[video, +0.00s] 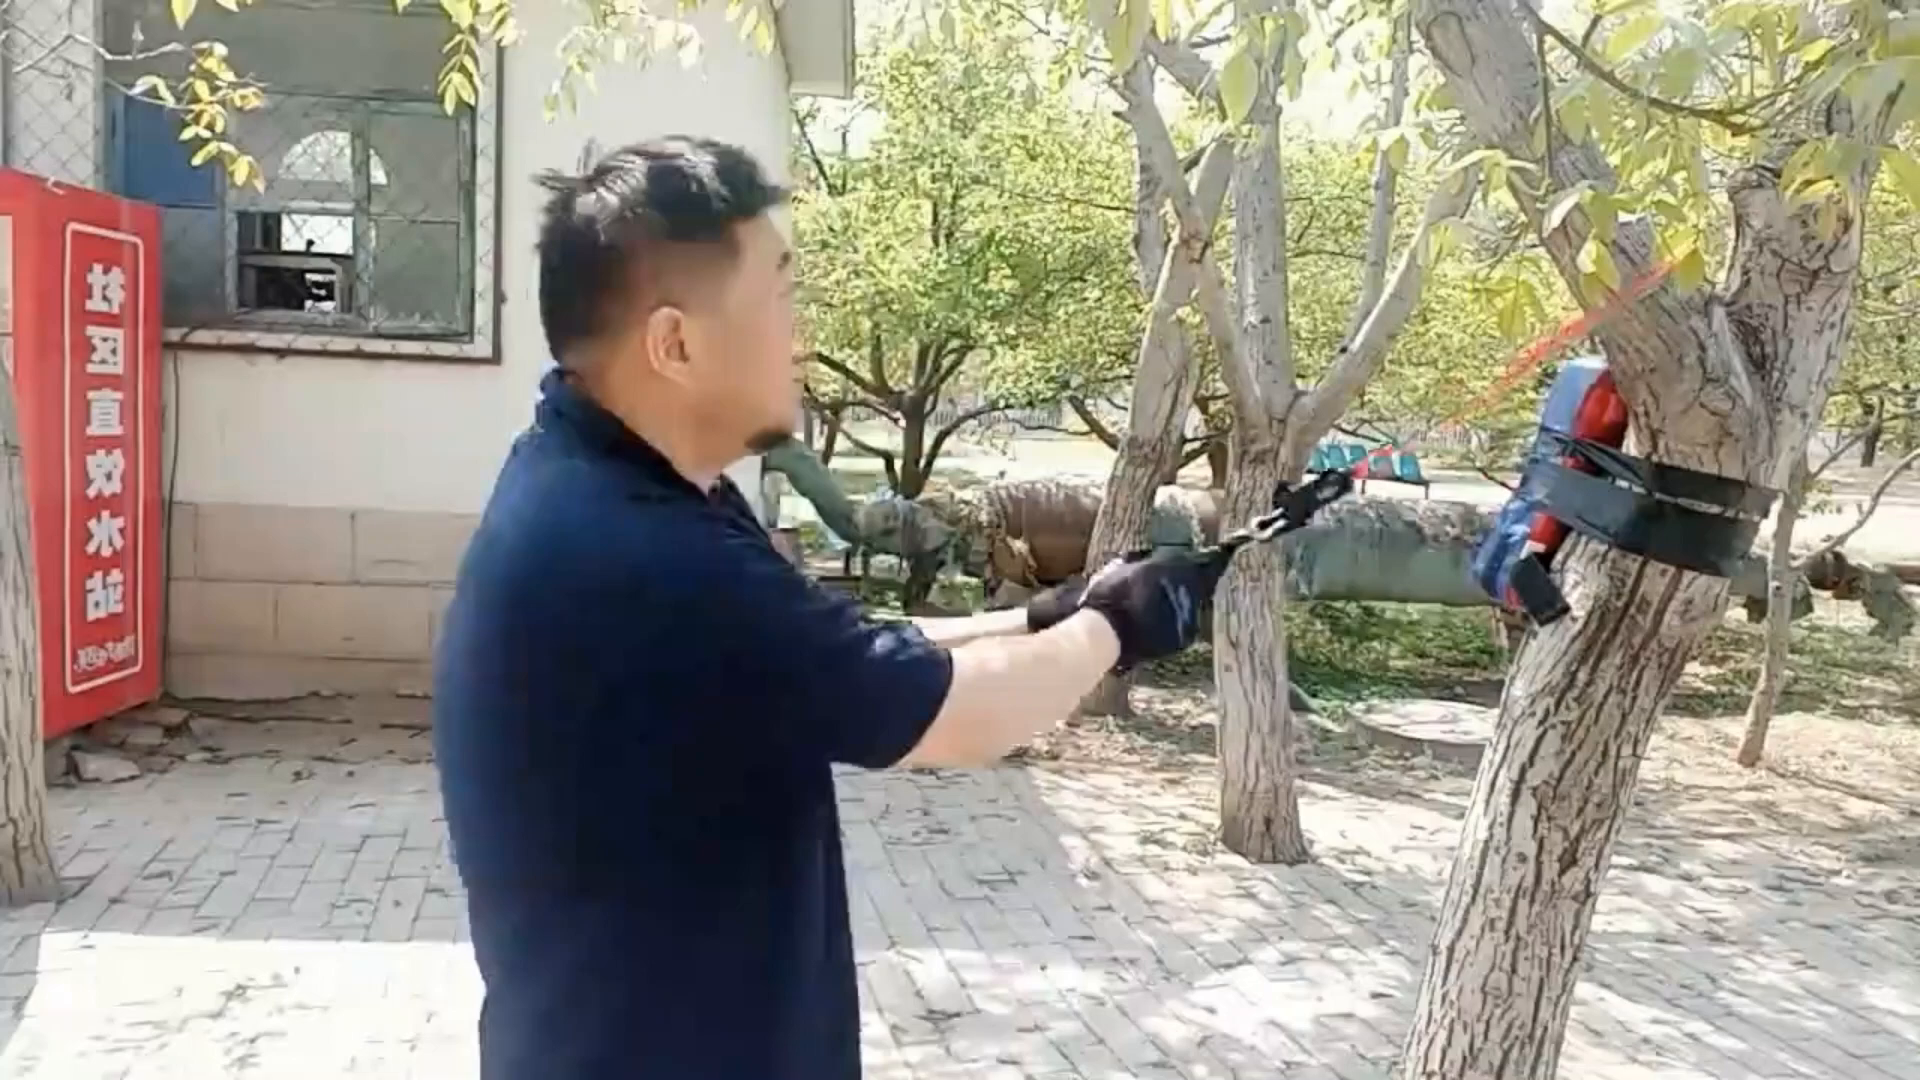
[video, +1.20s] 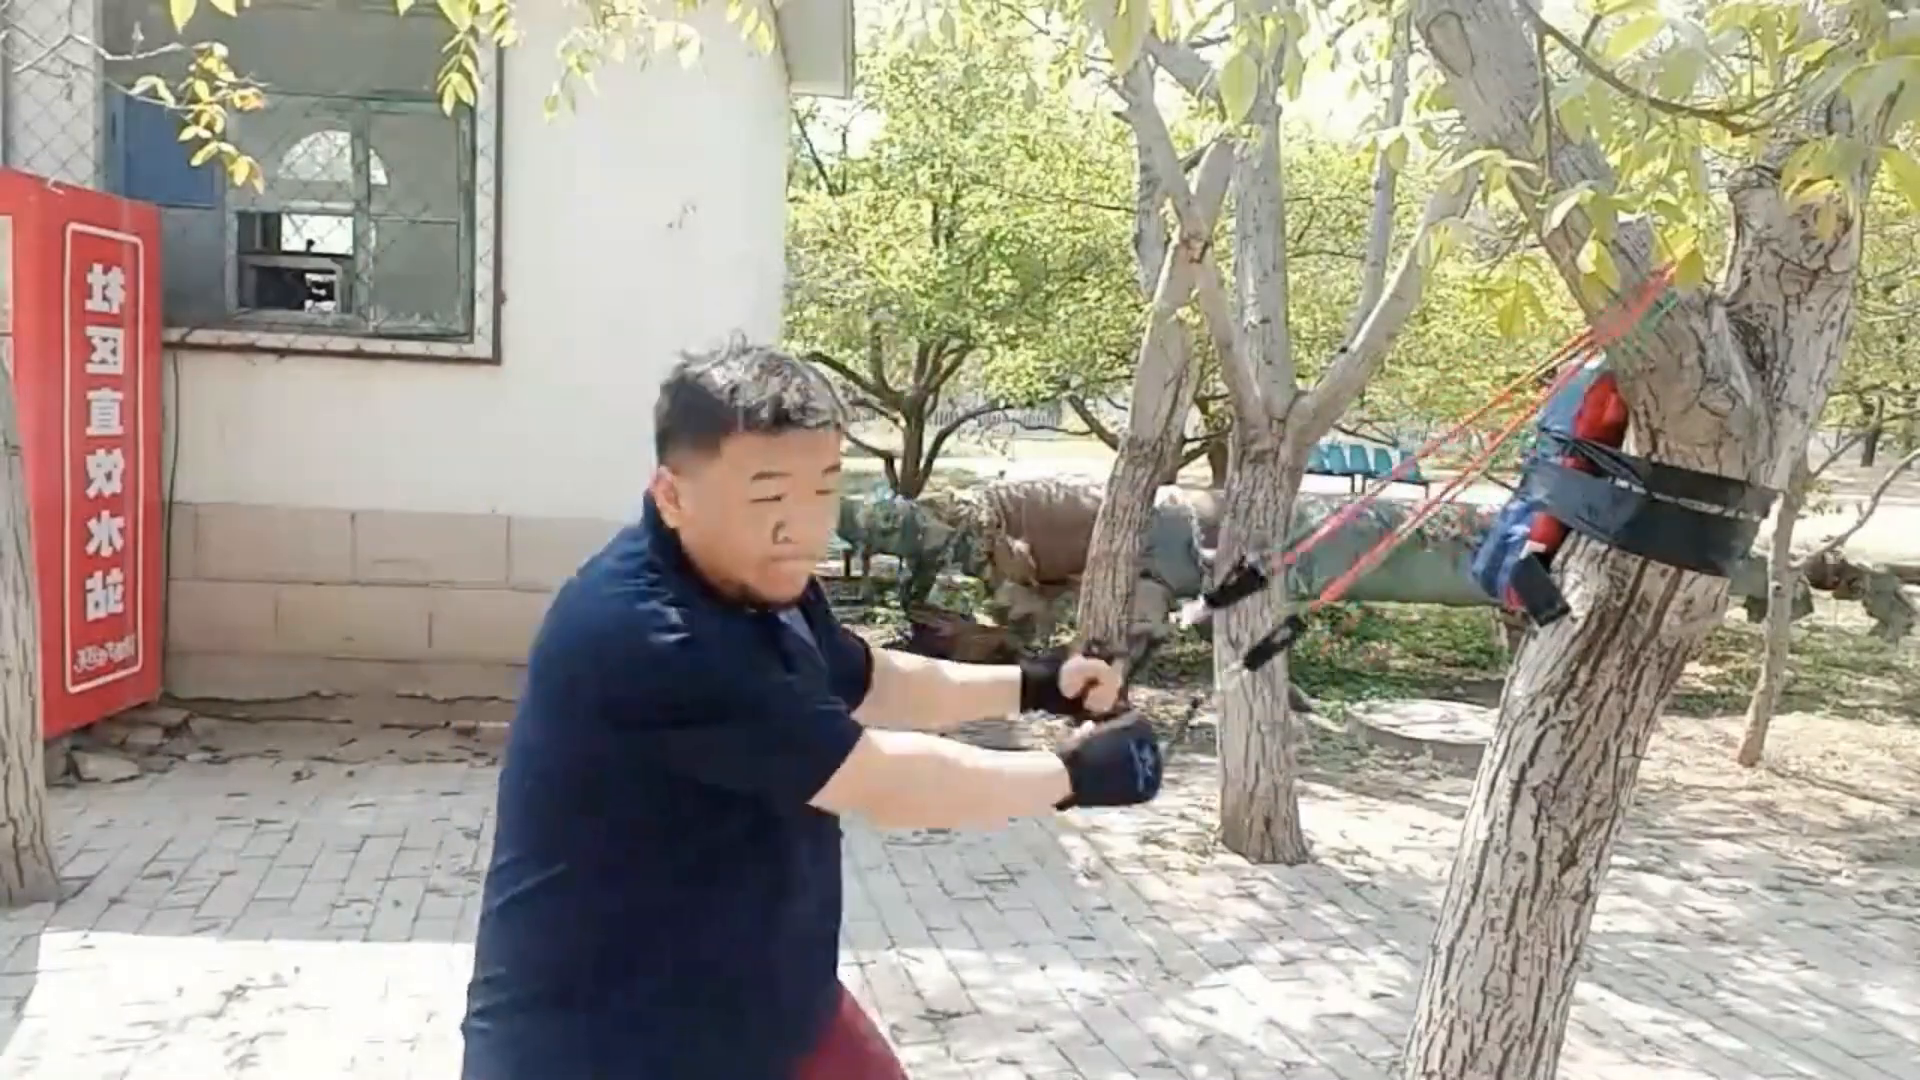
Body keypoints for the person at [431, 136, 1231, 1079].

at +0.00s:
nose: (801, 327)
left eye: (789, 291)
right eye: (780, 294)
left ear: (669, 347)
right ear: (675, 343)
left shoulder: (614, 496)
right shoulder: (651, 566)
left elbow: (849, 657)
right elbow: (951, 721)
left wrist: (1064, 621)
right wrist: (1112, 631)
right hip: (678, 1062)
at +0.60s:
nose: (875, 350)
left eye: (864, 320)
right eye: (855, 322)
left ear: (766, 352)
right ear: (777, 354)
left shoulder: (686, 471)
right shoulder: (764, 516)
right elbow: (1007, 636)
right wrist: (1210, 643)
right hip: (699, 1025)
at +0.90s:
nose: (886, 404)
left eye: (877, 375)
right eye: (858, 376)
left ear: (757, 410)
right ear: (753, 405)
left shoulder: (786, 521)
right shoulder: (692, 537)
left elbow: (953, 601)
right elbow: (956, 606)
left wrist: (1152, 566)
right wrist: (1156, 567)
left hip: (779, 993)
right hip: (632, 1024)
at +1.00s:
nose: (914, 442)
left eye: (912, 416)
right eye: (888, 420)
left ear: (796, 449)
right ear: (784, 448)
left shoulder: (854, 565)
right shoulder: (723, 571)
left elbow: (983, 660)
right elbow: (987, 675)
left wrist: (1162, 646)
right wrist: (1174, 646)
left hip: (789, 991)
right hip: (623, 1025)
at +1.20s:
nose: (803, 528)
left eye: (823, 492)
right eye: (766, 495)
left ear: (839, 485)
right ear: (671, 495)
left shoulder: (762, 591)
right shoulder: (641, 635)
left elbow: (883, 687)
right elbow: (874, 780)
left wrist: (1036, 685)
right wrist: (1068, 773)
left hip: (780, 1018)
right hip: (602, 1049)